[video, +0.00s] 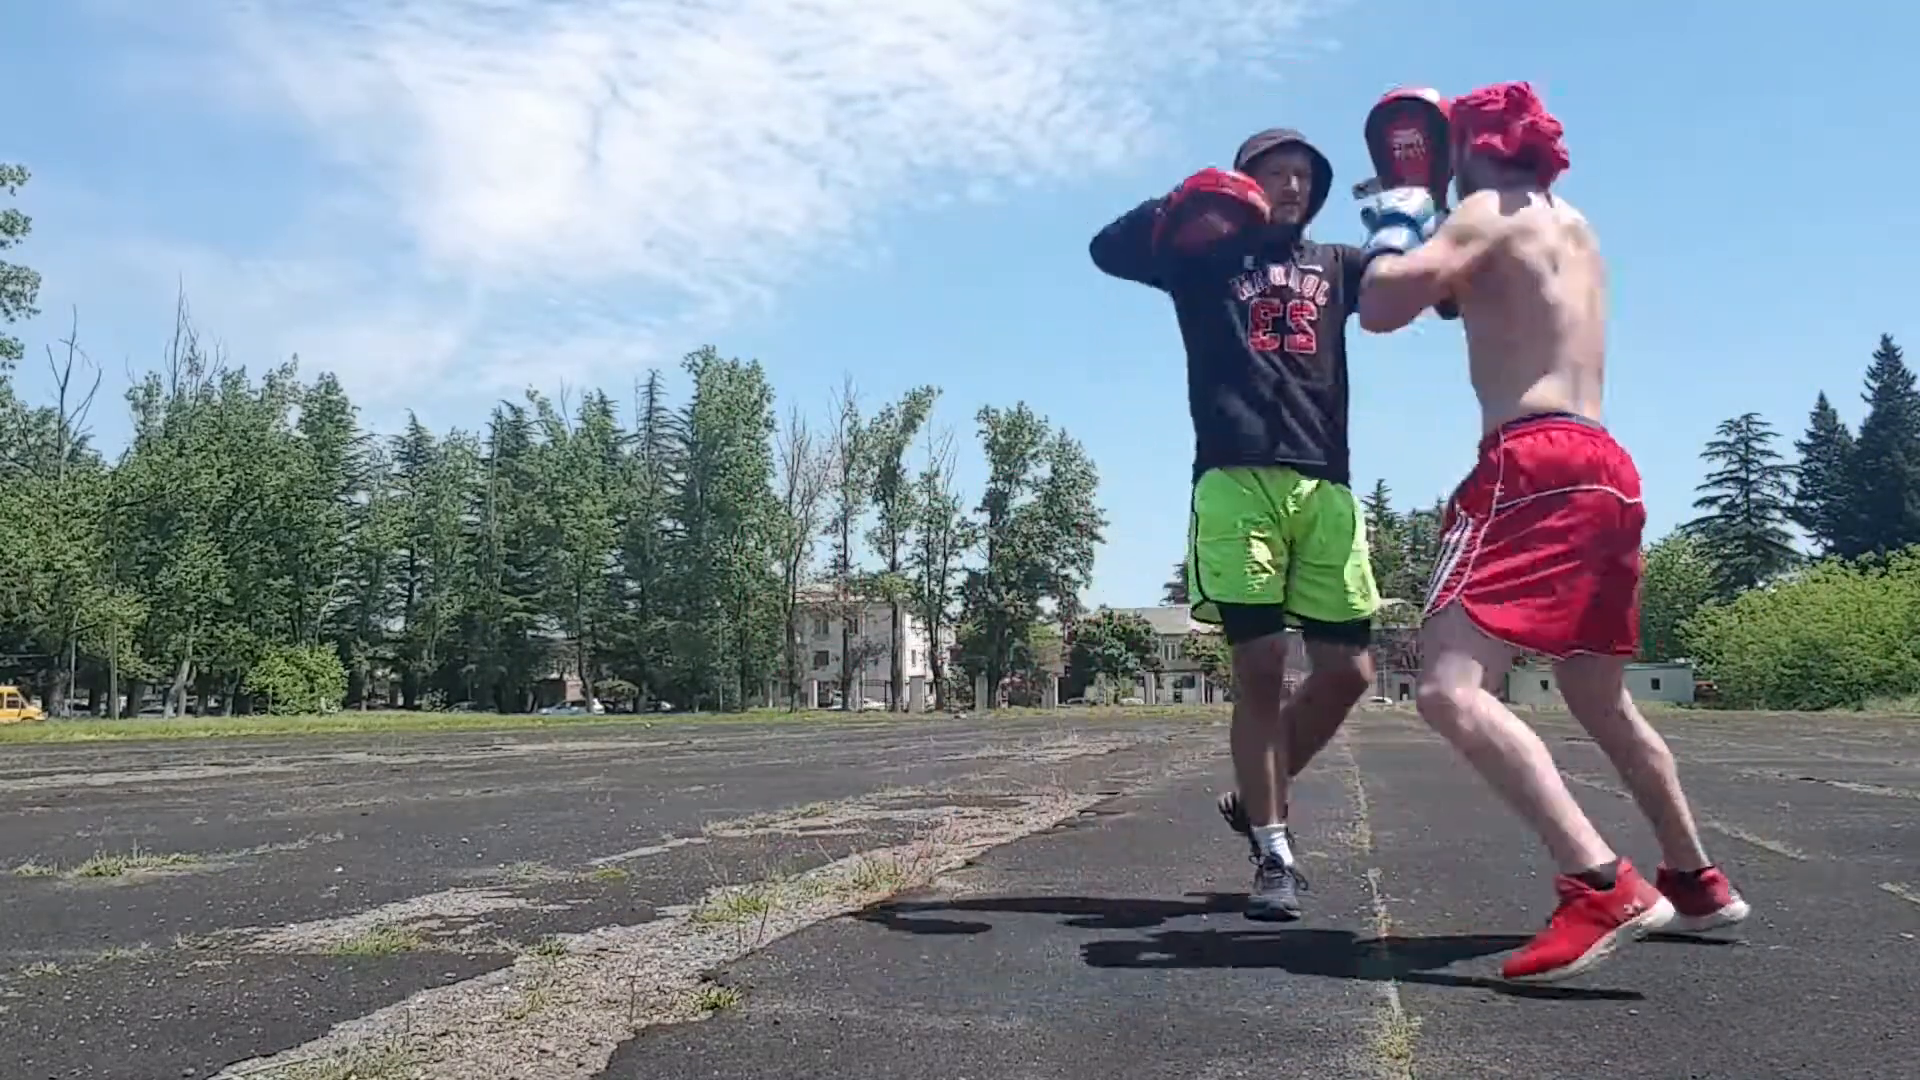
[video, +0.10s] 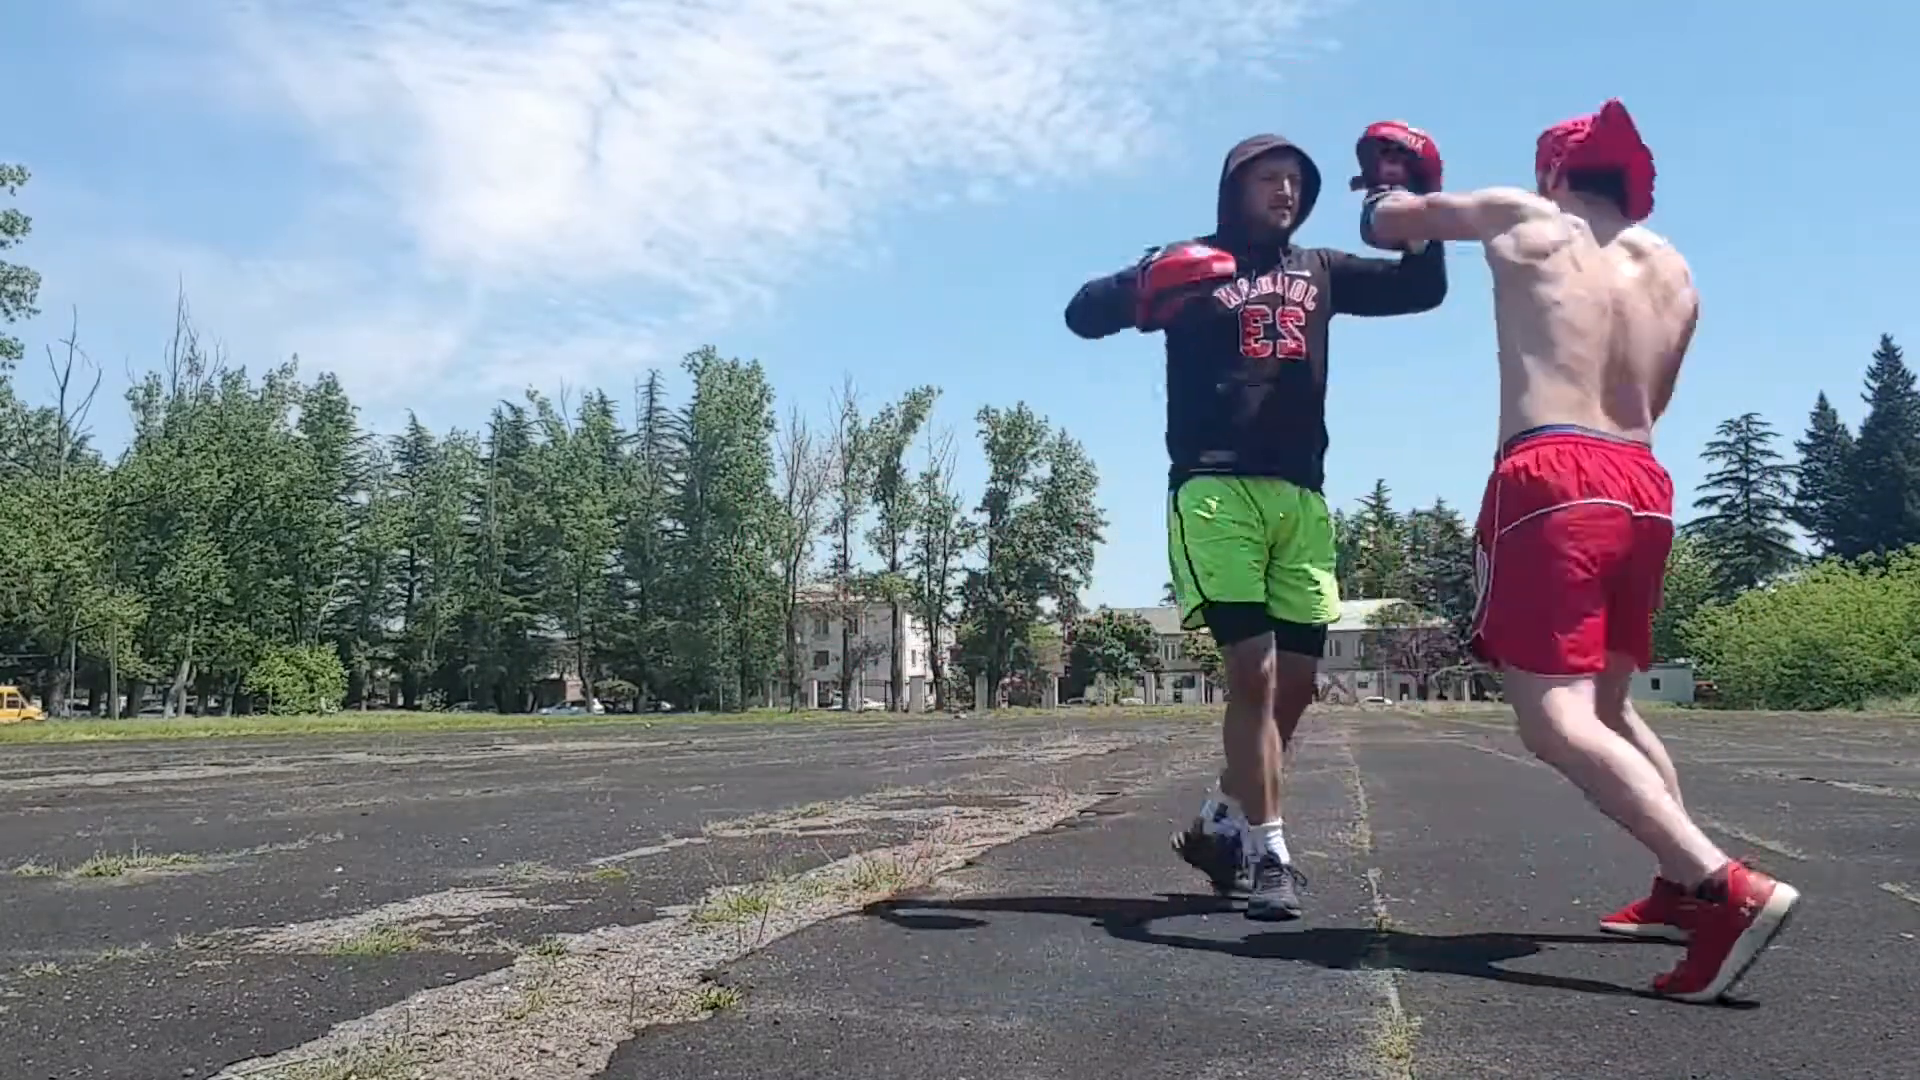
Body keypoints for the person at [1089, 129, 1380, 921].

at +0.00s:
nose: (1291, 183)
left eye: (1304, 175)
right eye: (1275, 170)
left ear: (1315, 193)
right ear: (1241, 183)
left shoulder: (1336, 260)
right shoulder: (1201, 254)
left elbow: (1432, 277)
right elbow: (1107, 250)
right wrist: (1181, 203)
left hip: (1324, 482)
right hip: (1237, 477)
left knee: (1345, 672)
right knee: (1261, 669)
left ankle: (1256, 794)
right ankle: (1274, 854)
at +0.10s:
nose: (1282, 190)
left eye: (1293, 182)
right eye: (1266, 178)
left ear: (1303, 201)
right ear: (1231, 192)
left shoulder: (1321, 268)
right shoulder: (1189, 263)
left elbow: (1423, 285)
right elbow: (1082, 314)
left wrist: (1408, 194)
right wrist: (1148, 288)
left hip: (1300, 493)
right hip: (1216, 486)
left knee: (1297, 680)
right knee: (1250, 664)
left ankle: (1222, 827)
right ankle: (1269, 852)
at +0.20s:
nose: (1283, 214)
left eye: (1291, 206)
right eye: (1267, 200)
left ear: (1295, 221)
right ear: (1226, 206)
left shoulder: (1304, 296)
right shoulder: (1177, 281)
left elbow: (1395, 337)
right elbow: (1086, 362)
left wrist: (1427, 249)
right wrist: (1123, 370)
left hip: (1274, 513)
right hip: (1196, 504)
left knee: (1261, 695)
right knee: (1245, 654)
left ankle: (1191, 853)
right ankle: (1246, 847)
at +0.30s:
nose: (1275, 231)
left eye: (1283, 222)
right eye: (1260, 216)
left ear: (1285, 235)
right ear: (1220, 219)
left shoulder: (1271, 318)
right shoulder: (1162, 296)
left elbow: (1315, 405)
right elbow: (1090, 385)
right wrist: (1127, 432)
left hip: (1258, 513)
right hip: (1185, 504)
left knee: (1261, 692)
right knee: (1237, 647)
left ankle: (1198, 841)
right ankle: (1192, 838)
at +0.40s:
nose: (1259, 232)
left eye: (1267, 221)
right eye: (1245, 217)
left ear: (1269, 234)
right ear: (1206, 219)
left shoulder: (1254, 321)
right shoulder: (1151, 290)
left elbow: (1278, 420)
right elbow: (1083, 375)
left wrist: (1346, 410)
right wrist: (1172, 413)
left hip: (1238, 508)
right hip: (1168, 500)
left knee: (1249, 681)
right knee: (1228, 653)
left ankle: (1187, 850)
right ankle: (1145, 841)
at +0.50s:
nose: (1241, 222)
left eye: (1249, 212)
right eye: (1228, 207)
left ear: (1251, 225)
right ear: (1187, 210)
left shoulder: (1237, 310)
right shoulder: (1141, 275)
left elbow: (1289, 398)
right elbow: (1084, 348)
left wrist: (1355, 355)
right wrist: (1188, 364)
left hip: (1215, 511)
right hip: (1151, 503)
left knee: (1221, 688)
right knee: (1201, 674)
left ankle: (1181, 855)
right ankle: (1112, 862)